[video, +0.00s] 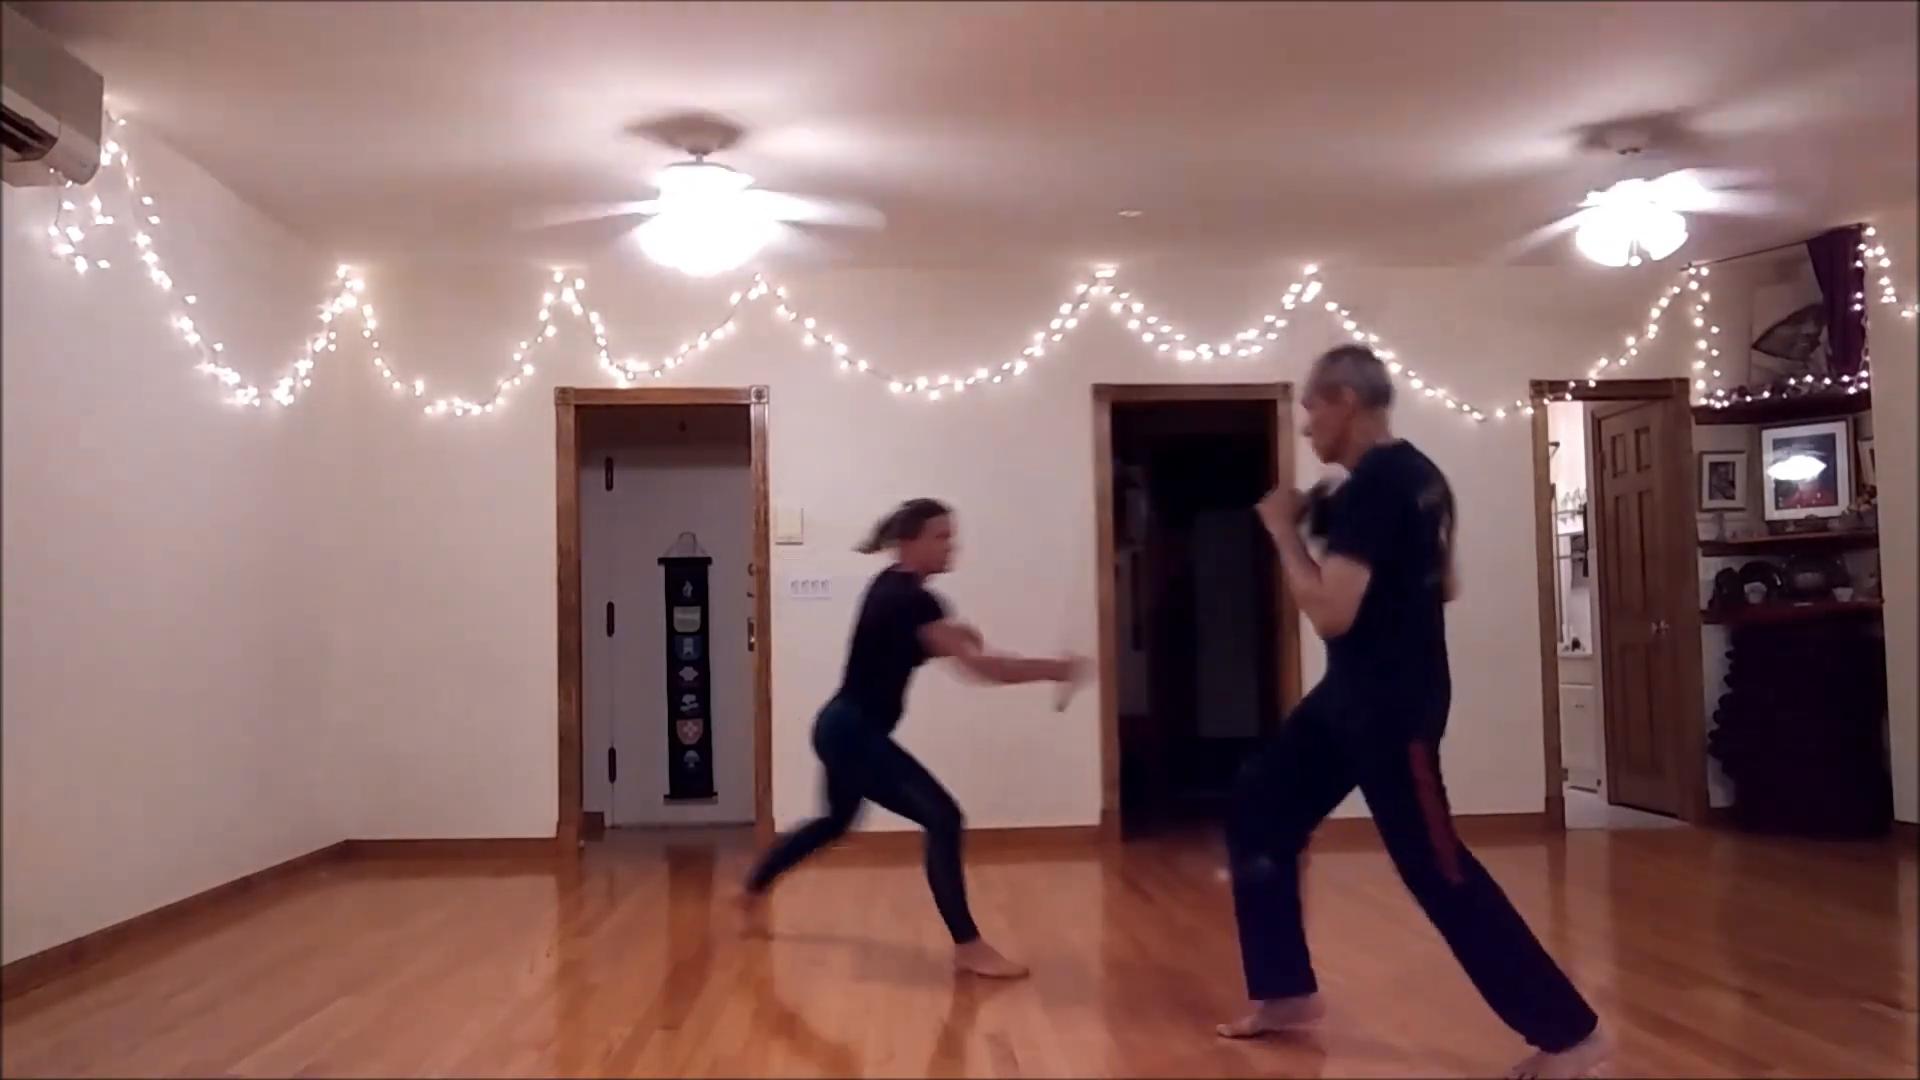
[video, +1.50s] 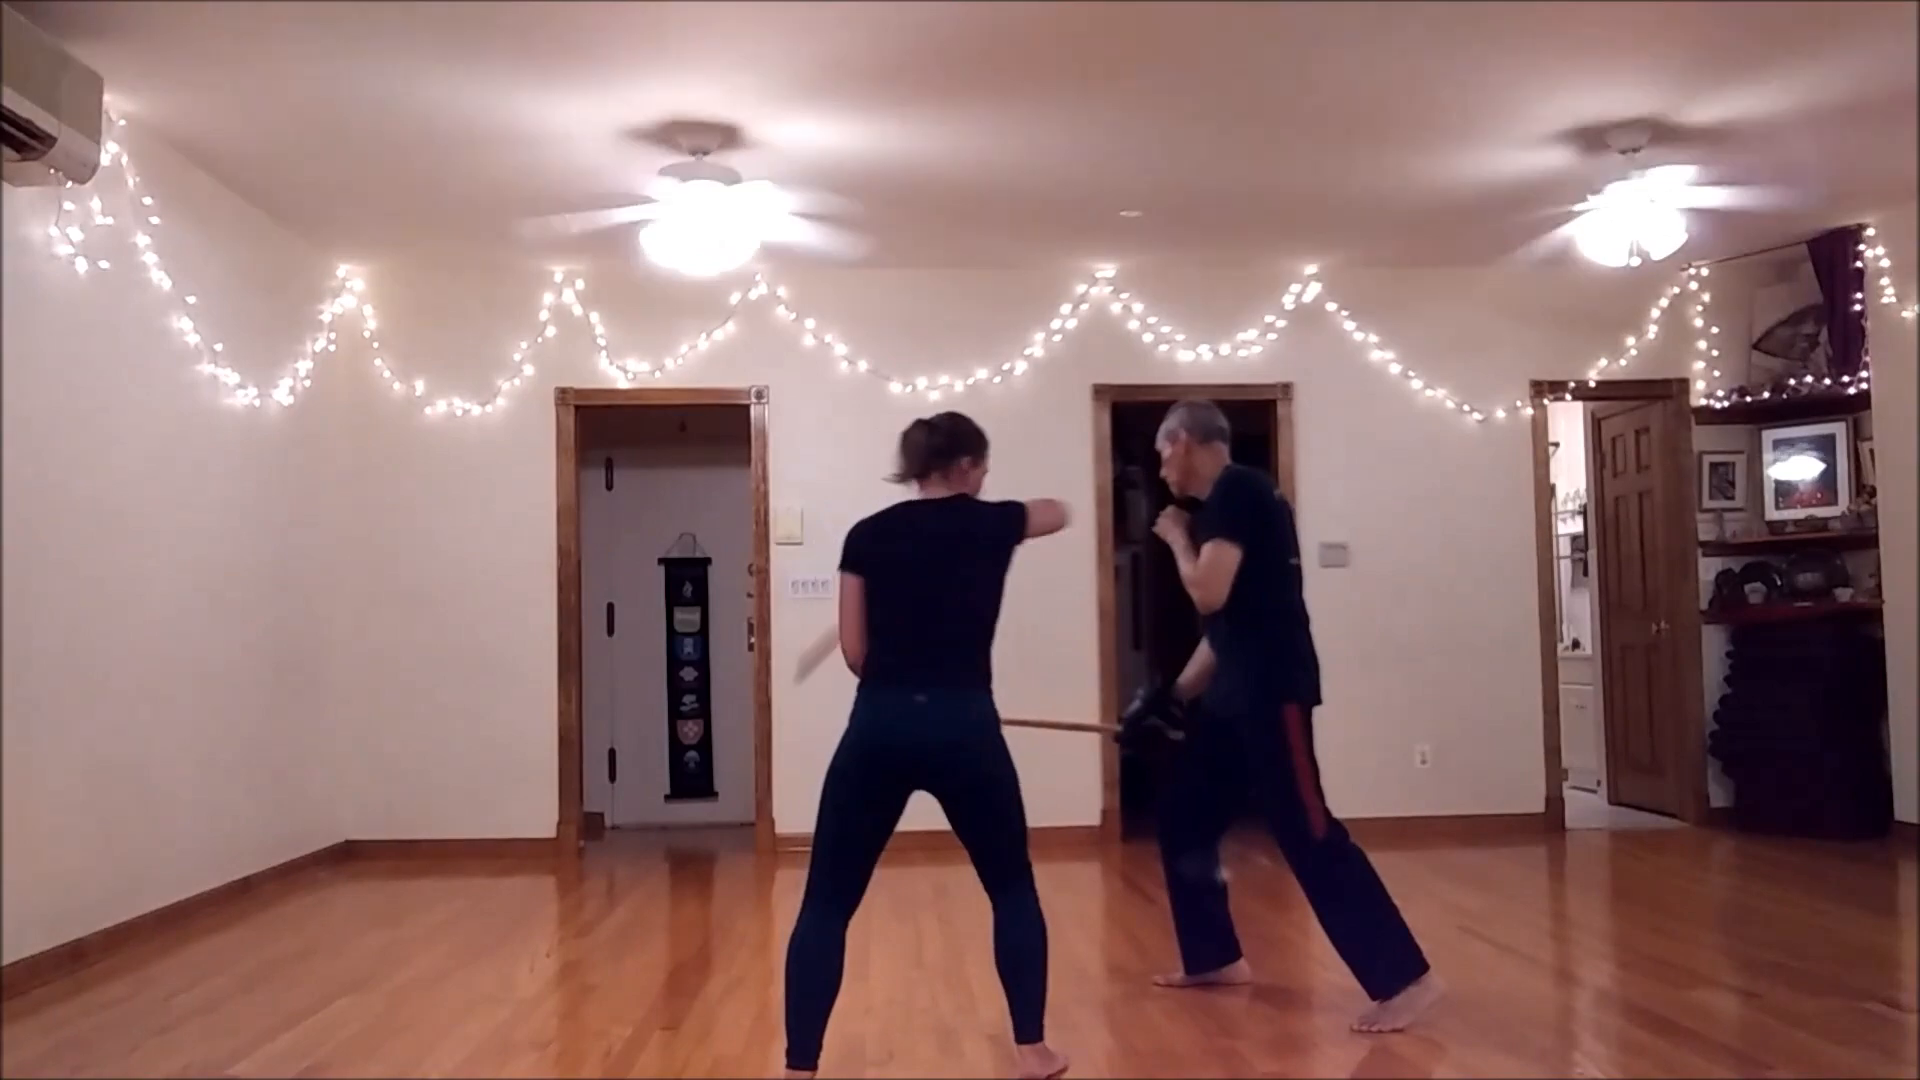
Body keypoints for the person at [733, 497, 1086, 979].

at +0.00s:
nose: (949, 546)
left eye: (950, 537)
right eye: (941, 537)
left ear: (910, 543)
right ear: (910, 542)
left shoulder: (892, 586)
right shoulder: (908, 598)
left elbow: (929, 637)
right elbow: (981, 664)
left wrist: (958, 637)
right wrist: (1054, 670)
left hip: (843, 729)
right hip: (856, 739)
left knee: (836, 820)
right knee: (943, 817)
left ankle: (755, 883)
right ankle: (968, 945)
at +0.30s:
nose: (1021, 531)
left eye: (1022, 521)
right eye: (1012, 521)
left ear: (976, 524)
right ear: (979, 521)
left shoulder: (966, 574)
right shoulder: (966, 580)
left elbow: (982, 656)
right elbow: (1005, 669)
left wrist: (996, 676)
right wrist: (1062, 613)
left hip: (948, 732)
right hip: (940, 736)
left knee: (1034, 821)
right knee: (1028, 823)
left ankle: (1002, 941)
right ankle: (991, 958)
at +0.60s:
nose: (1031, 503)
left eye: (1033, 492)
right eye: (1028, 491)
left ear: (975, 488)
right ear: (998, 487)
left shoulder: (918, 548)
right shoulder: (1022, 551)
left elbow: (894, 644)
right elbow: (1089, 633)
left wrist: (952, 663)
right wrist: (1146, 602)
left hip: (926, 735)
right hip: (998, 737)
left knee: (955, 828)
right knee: (1035, 886)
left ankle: (941, 955)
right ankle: (981, 1032)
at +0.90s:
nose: (1008, 483)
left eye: (1008, 473)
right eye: (1008, 473)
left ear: (944, 468)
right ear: (990, 472)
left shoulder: (886, 519)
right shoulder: (1004, 541)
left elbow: (856, 623)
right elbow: (1043, 647)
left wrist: (912, 645)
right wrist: (1092, 654)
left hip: (895, 718)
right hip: (976, 721)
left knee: (842, 877)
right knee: (1008, 878)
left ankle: (795, 1037)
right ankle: (980, 1038)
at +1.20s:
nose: (956, 481)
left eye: (955, 471)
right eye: (955, 471)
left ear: (889, 464)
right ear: (940, 467)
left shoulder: (836, 521)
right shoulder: (960, 527)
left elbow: (804, 625)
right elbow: (998, 638)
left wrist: (859, 671)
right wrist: (970, 694)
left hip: (863, 719)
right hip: (949, 719)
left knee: (822, 896)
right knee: (993, 878)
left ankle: (798, 1064)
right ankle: (1007, 1038)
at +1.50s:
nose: (983, 477)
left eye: (983, 469)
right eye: (982, 468)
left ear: (912, 468)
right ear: (970, 467)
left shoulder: (868, 533)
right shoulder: (992, 521)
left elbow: (854, 650)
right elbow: (1059, 513)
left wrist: (896, 685)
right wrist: (985, 515)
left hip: (878, 733)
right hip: (965, 734)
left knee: (828, 901)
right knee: (1012, 888)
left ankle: (800, 1065)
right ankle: (1031, 1047)